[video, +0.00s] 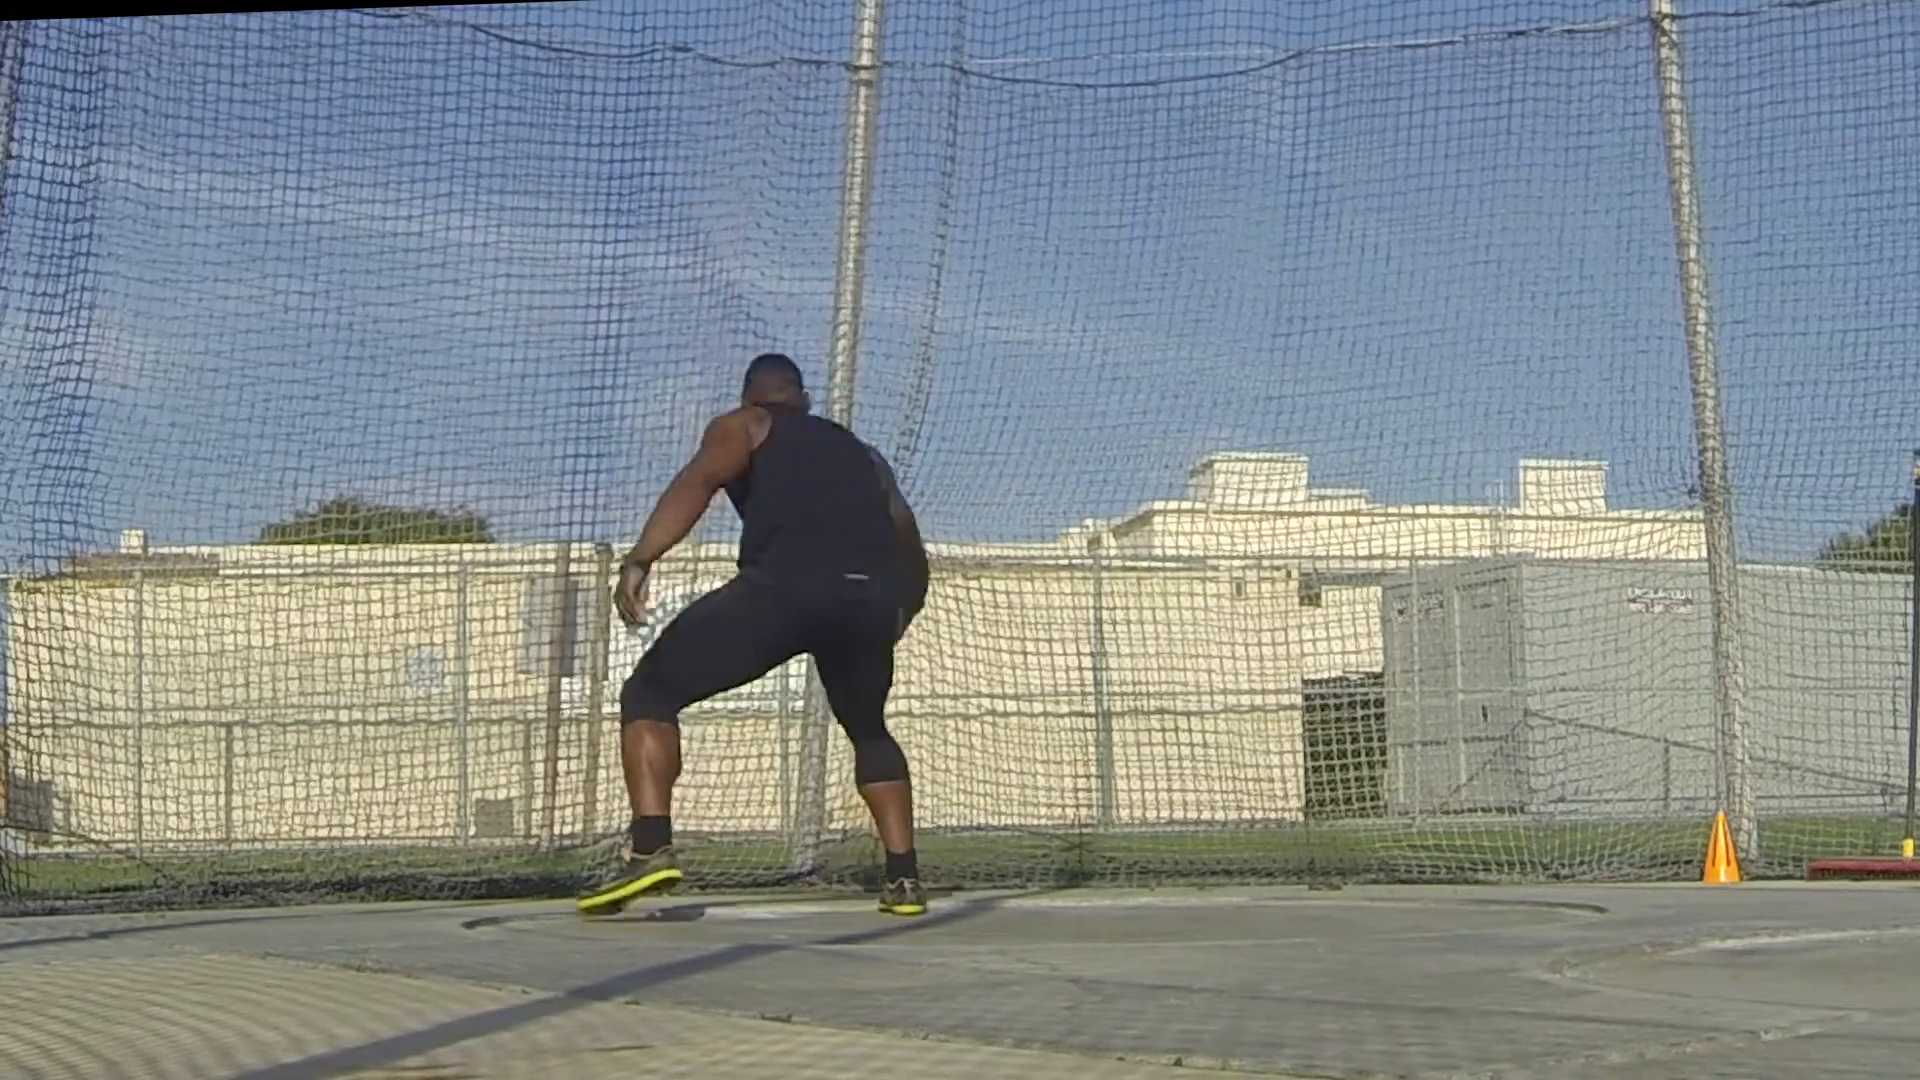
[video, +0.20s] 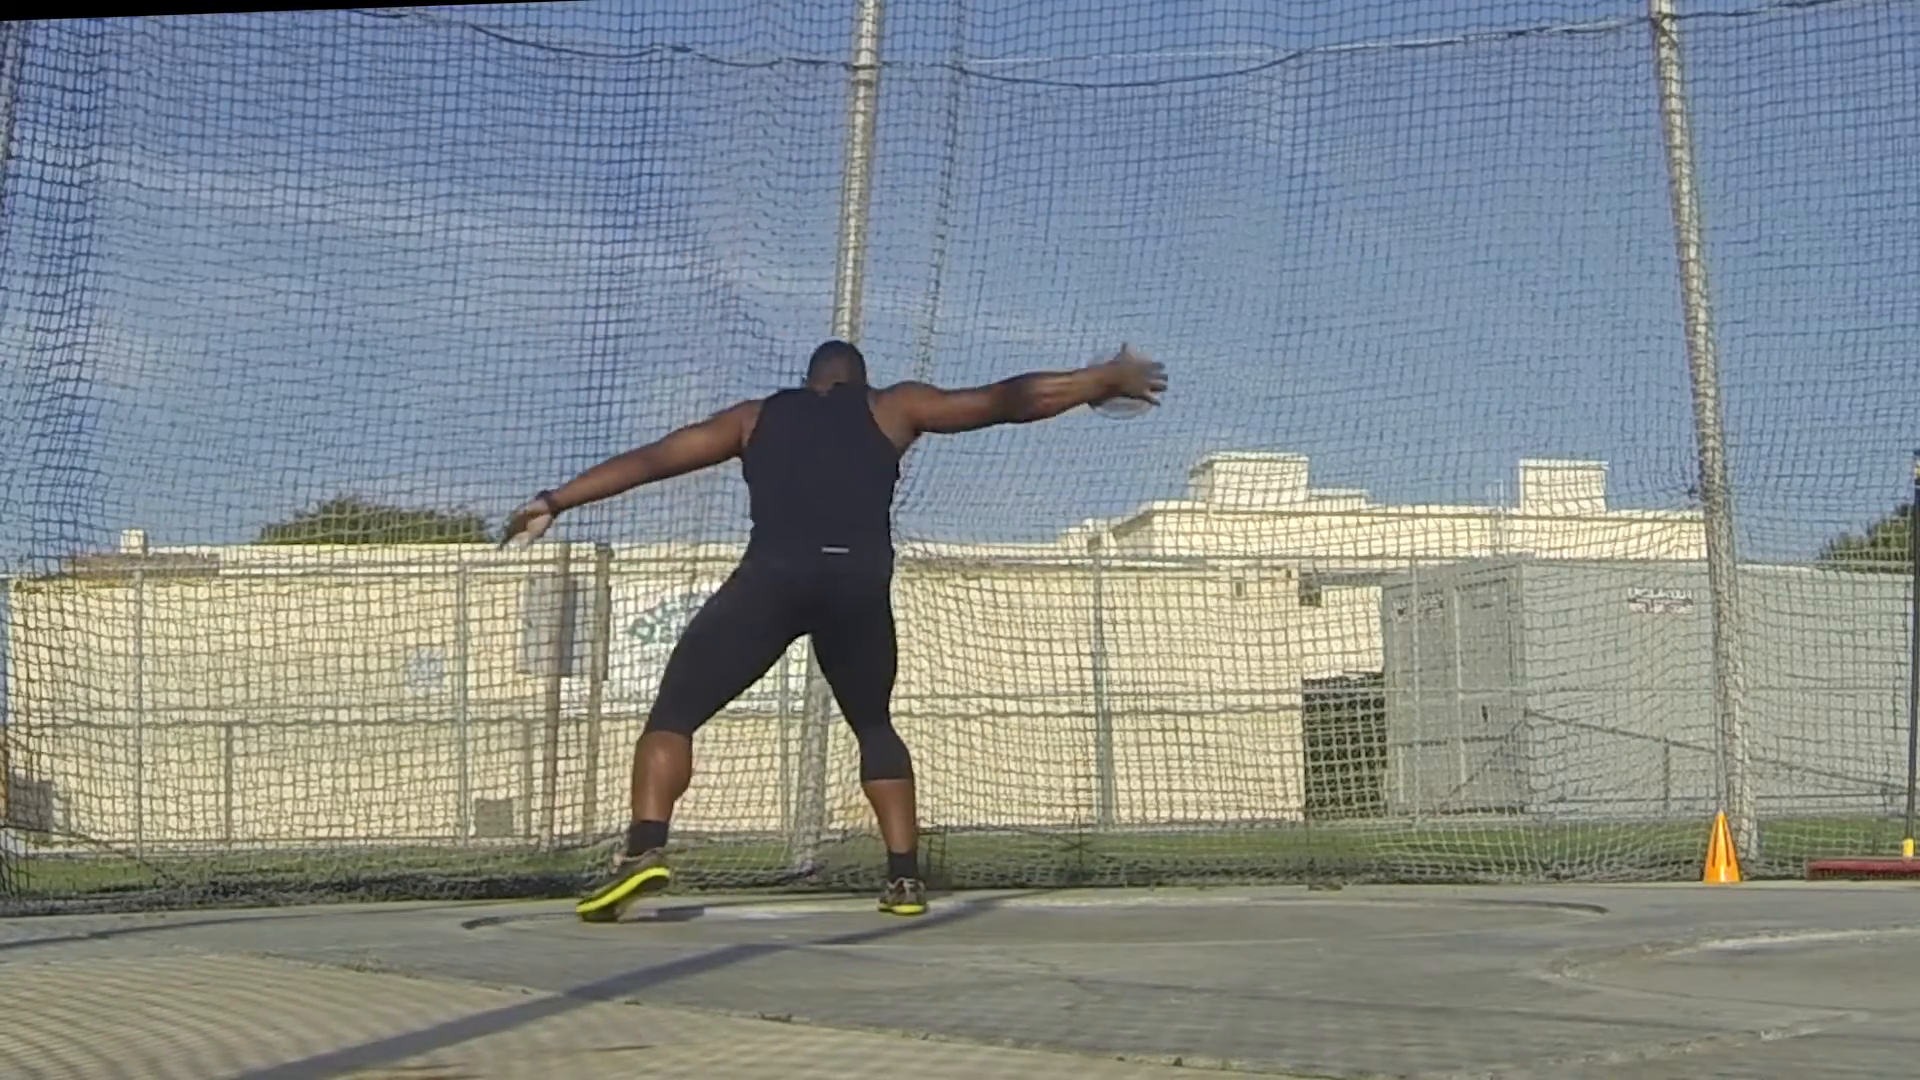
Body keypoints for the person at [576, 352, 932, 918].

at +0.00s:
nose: (747, 416)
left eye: (746, 408)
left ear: (750, 402)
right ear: (805, 401)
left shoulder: (743, 424)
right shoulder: (863, 453)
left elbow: (701, 480)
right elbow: (913, 554)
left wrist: (639, 559)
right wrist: (899, 611)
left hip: (783, 587)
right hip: (873, 599)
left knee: (649, 693)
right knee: (869, 728)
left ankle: (650, 852)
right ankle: (904, 877)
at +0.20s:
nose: (846, 382)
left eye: (832, 375)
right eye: (854, 377)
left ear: (806, 382)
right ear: (863, 381)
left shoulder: (760, 414)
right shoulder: (895, 405)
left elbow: (653, 460)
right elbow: (1009, 399)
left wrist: (555, 500)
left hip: (771, 578)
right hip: (860, 582)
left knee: (674, 715)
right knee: (874, 723)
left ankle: (645, 850)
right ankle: (904, 877)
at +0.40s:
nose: (915, 356)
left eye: (914, 349)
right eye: (909, 353)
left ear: (843, 359)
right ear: (896, 354)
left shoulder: (802, 409)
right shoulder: (889, 383)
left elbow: (749, 458)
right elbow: (887, 332)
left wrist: (720, 496)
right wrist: (888, 296)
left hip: (773, 553)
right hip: (855, 558)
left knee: (704, 706)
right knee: (884, 710)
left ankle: (640, 837)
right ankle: (906, 876)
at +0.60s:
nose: (938, 375)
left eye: (941, 365)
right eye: (938, 361)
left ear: (899, 345)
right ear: (918, 345)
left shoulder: (867, 419)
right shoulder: (870, 342)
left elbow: (925, 478)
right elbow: (795, 345)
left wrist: (996, 489)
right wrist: (731, 343)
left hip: (766, 535)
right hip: (847, 551)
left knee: (708, 698)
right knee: (883, 711)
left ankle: (615, 827)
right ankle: (908, 876)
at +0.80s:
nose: (934, 387)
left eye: (939, 378)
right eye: (935, 371)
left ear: (897, 355)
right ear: (911, 353)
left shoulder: (877, 444)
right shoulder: (857, 347)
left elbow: (945, 489)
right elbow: (777, 371)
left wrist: (1034, 488)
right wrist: (708, 382)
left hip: (753, 544)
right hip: (834, 556)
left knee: (692, 708)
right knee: (877, 714)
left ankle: (602, 837)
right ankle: (903, 877)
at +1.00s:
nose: (874, 398)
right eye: (879, 386)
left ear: (816, 360)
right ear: (876, 373)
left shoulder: (770, 419)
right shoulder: (870, 389)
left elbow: (835, 519)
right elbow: (835, 386)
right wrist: (826, 407)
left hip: (745, 572)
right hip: (836, 581)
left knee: (667, 718)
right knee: (873, 716)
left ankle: (623, 869)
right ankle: (898, 878)